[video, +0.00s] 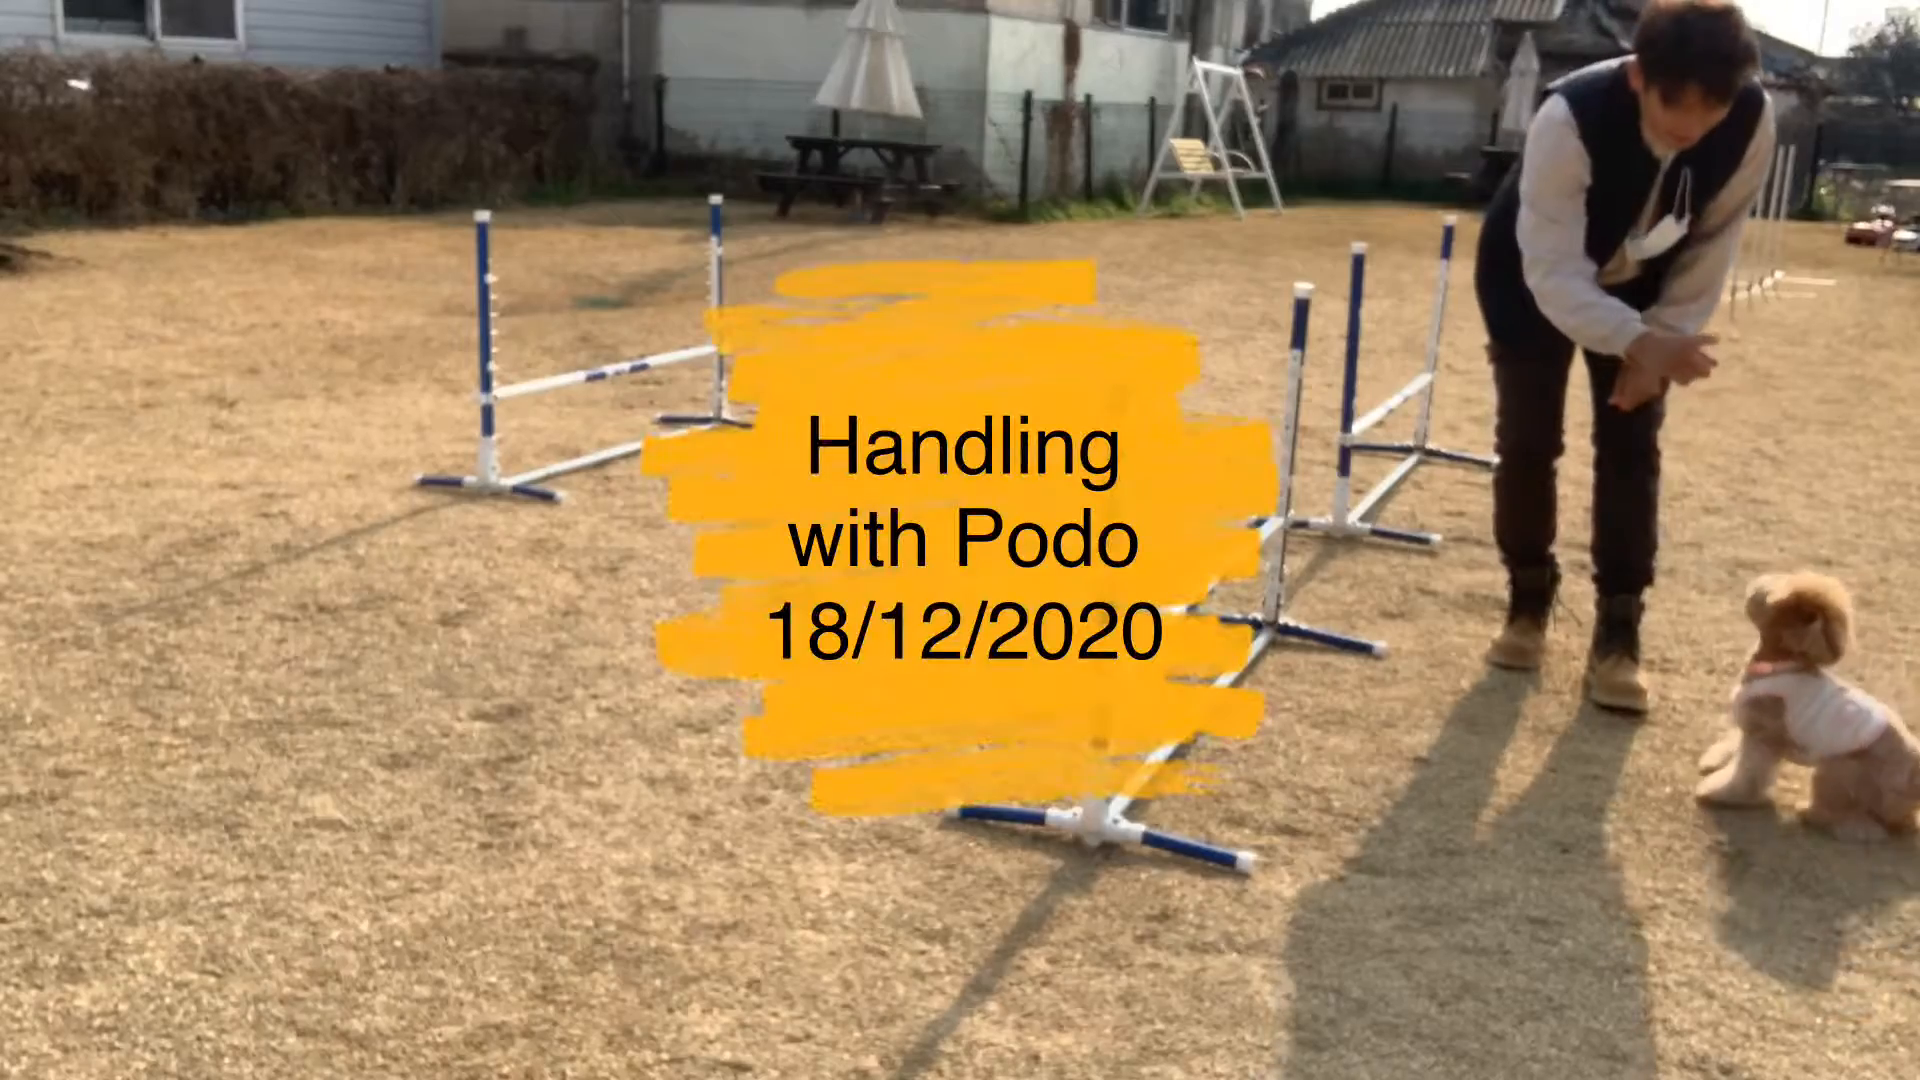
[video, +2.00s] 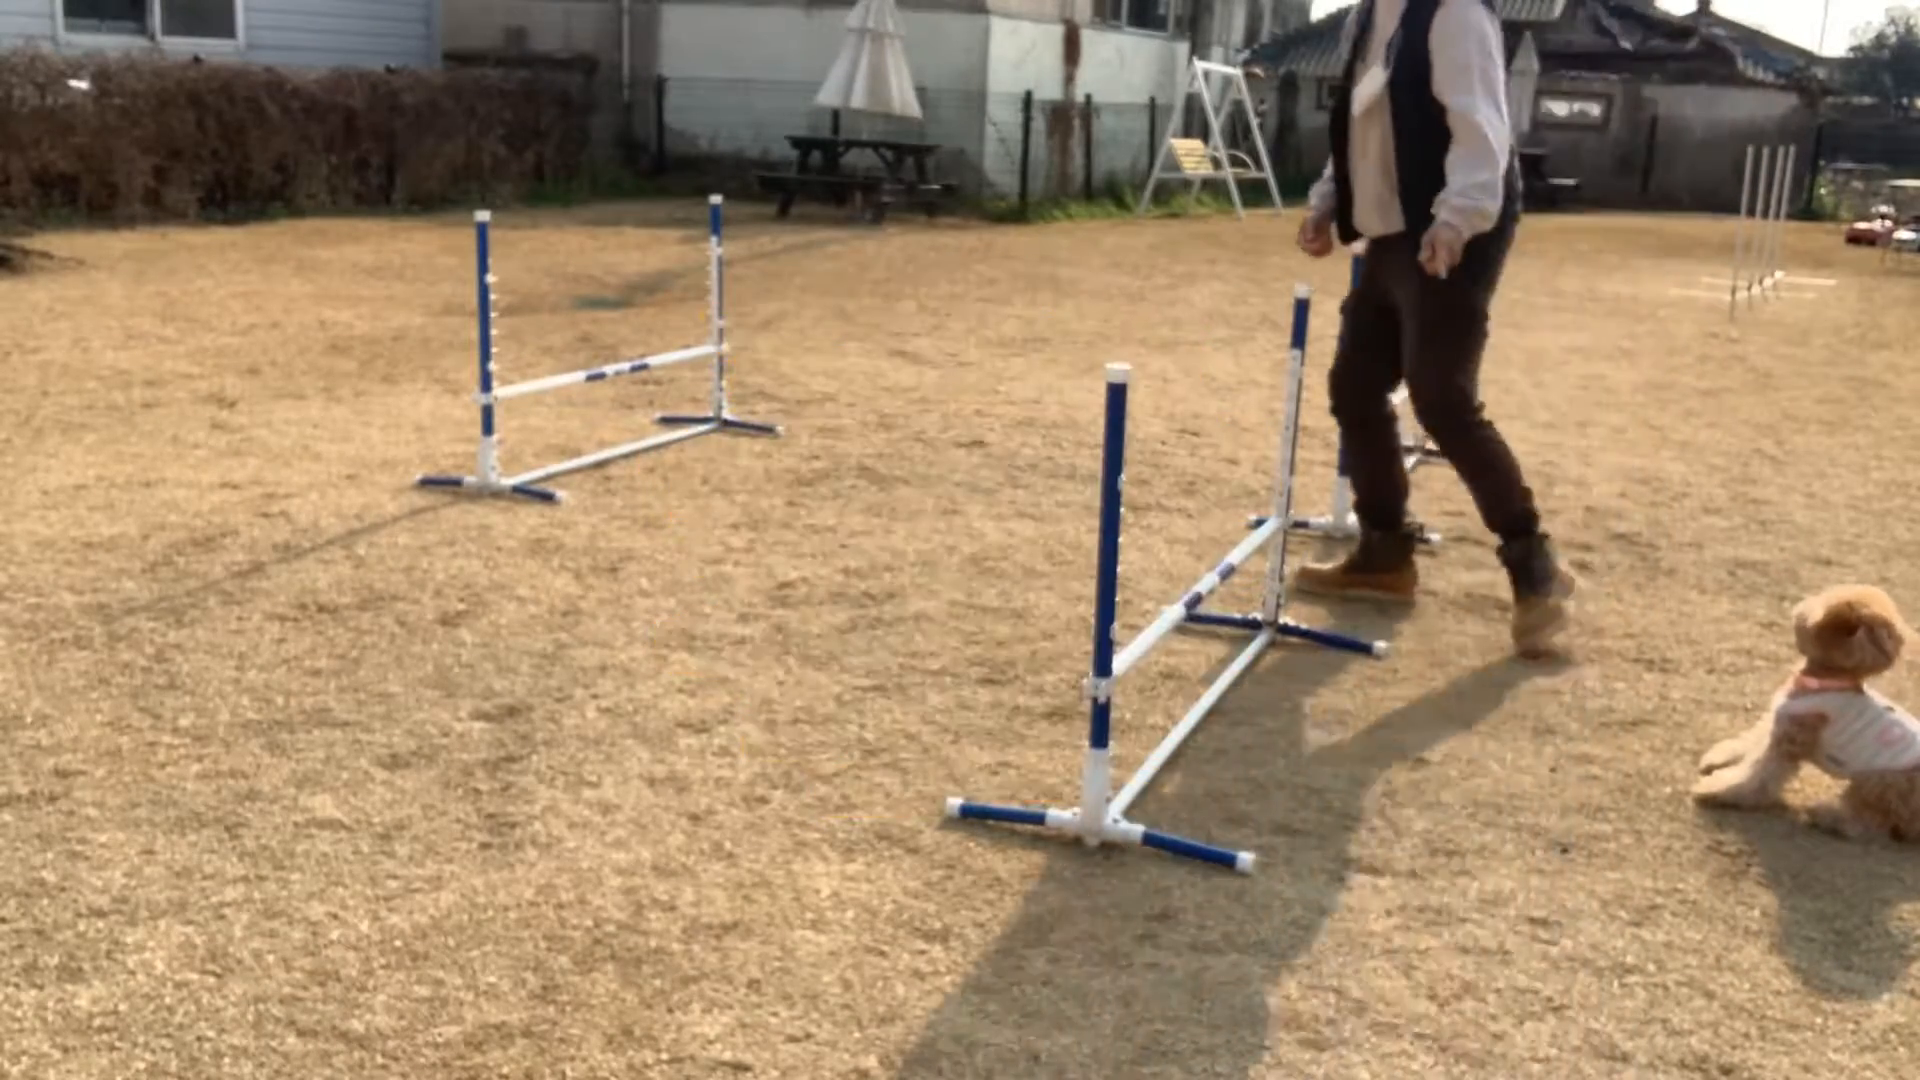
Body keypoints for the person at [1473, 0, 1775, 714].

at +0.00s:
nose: (1687, 136)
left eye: (1708, 122)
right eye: (1674, 118)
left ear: (1732, 97)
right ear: (1639, 79)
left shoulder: (1750, 122)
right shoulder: (1568, 119)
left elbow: (1714, 246)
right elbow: (1550, 270)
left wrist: (1659, 349)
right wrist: (1641, 340)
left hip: (1640, 288)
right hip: (1536, 278)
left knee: (1630, 450)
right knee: (1527, 443)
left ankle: (1618, 639)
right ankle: (1525, 608)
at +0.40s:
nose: (1675, 72)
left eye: (1695, 57)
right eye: (1662, 53)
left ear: (1716, 31)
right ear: (1625, 17)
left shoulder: (1743, 85)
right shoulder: (1554, 77)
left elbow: (1726, 217)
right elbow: (1522, 223)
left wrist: (1671, 319)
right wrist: (1612, 278)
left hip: (1651, 287)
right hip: (1542, 276)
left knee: (1635, 453)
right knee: (1529, 445)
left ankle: (1619, 641)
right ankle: (1525, 609)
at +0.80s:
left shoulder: (1711, 15)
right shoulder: (1524, 10)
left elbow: (1724, 130)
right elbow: (1485, 137)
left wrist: (1677, 217)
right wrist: (1571, 191)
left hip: (1642, 262)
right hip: (1534, 254)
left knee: (1629, 438)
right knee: (1523, 434)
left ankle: (1604, 620)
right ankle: (1527, 602)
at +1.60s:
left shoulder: (1685, 12)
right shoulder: (1505, 6)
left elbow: (1713, 130)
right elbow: (1454, 111)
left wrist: (1669, 239)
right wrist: (1474, 194)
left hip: (1605, 253)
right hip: (1502, 241)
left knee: (1592, 431)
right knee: (1468, 406)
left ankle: (1576, 600)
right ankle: (1490, 565)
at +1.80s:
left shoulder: (1598, 12)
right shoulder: (1448, 9)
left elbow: (1636, 135)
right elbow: (1418, 113)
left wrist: (1641, 260)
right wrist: (1411, 195)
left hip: (1556, 258)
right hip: (1465, 249)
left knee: (1568, 429)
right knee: (1407, 384)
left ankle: (1575, 602)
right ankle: (1410, 554)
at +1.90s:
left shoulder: (1526, 15)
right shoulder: (1405, 13)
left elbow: (1563, 133)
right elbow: (1389, 114)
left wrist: (1572, 251)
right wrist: (1372, 199)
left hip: (1511, 257)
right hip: (1432, 253)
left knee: (1540, 426)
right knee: (1380, 392)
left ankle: (1574, 597)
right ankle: (1387, 556)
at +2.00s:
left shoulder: (1459, 14)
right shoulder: (1371, 17)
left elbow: (1483, 129)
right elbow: (1365, 126)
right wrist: (1329, 201)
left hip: (1451, 236)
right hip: (1388, 239)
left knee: (1444, 403)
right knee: (1355, 390)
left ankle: (1535, 576)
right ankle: (1384, 555)